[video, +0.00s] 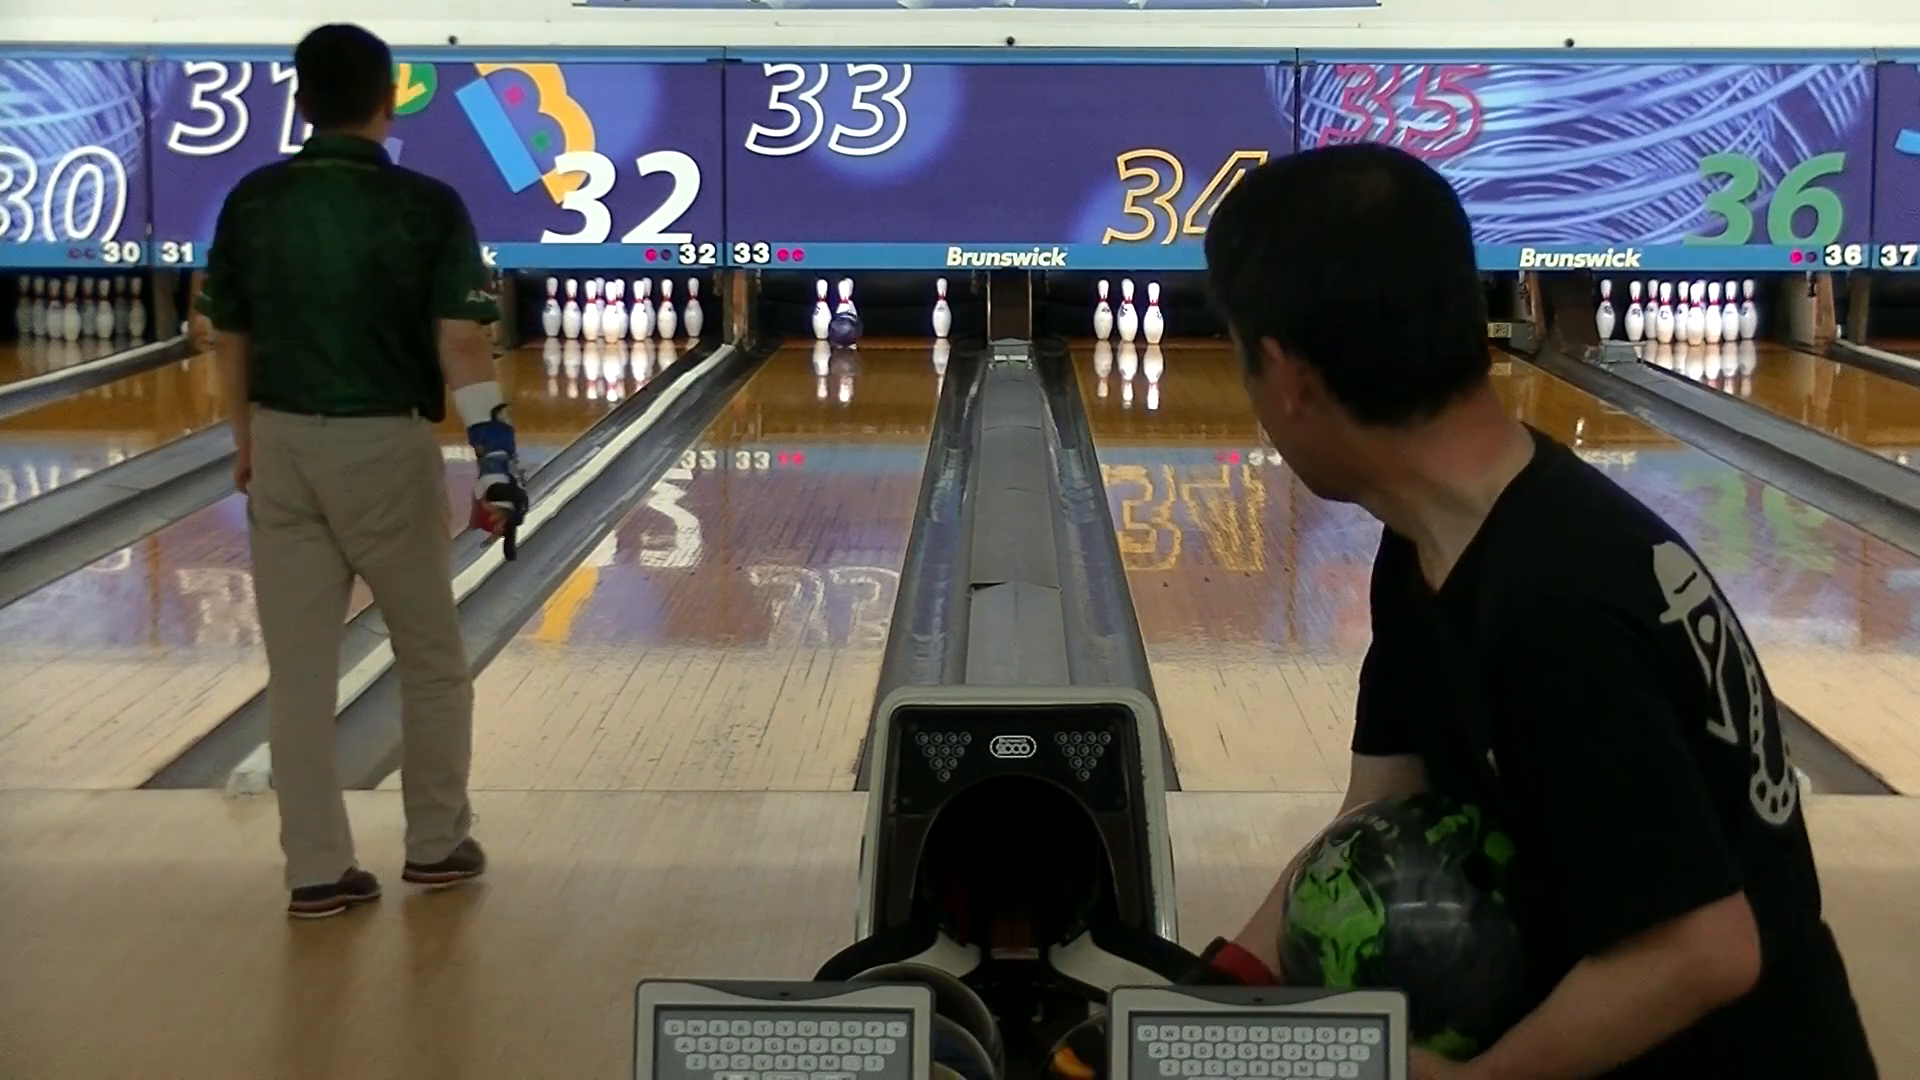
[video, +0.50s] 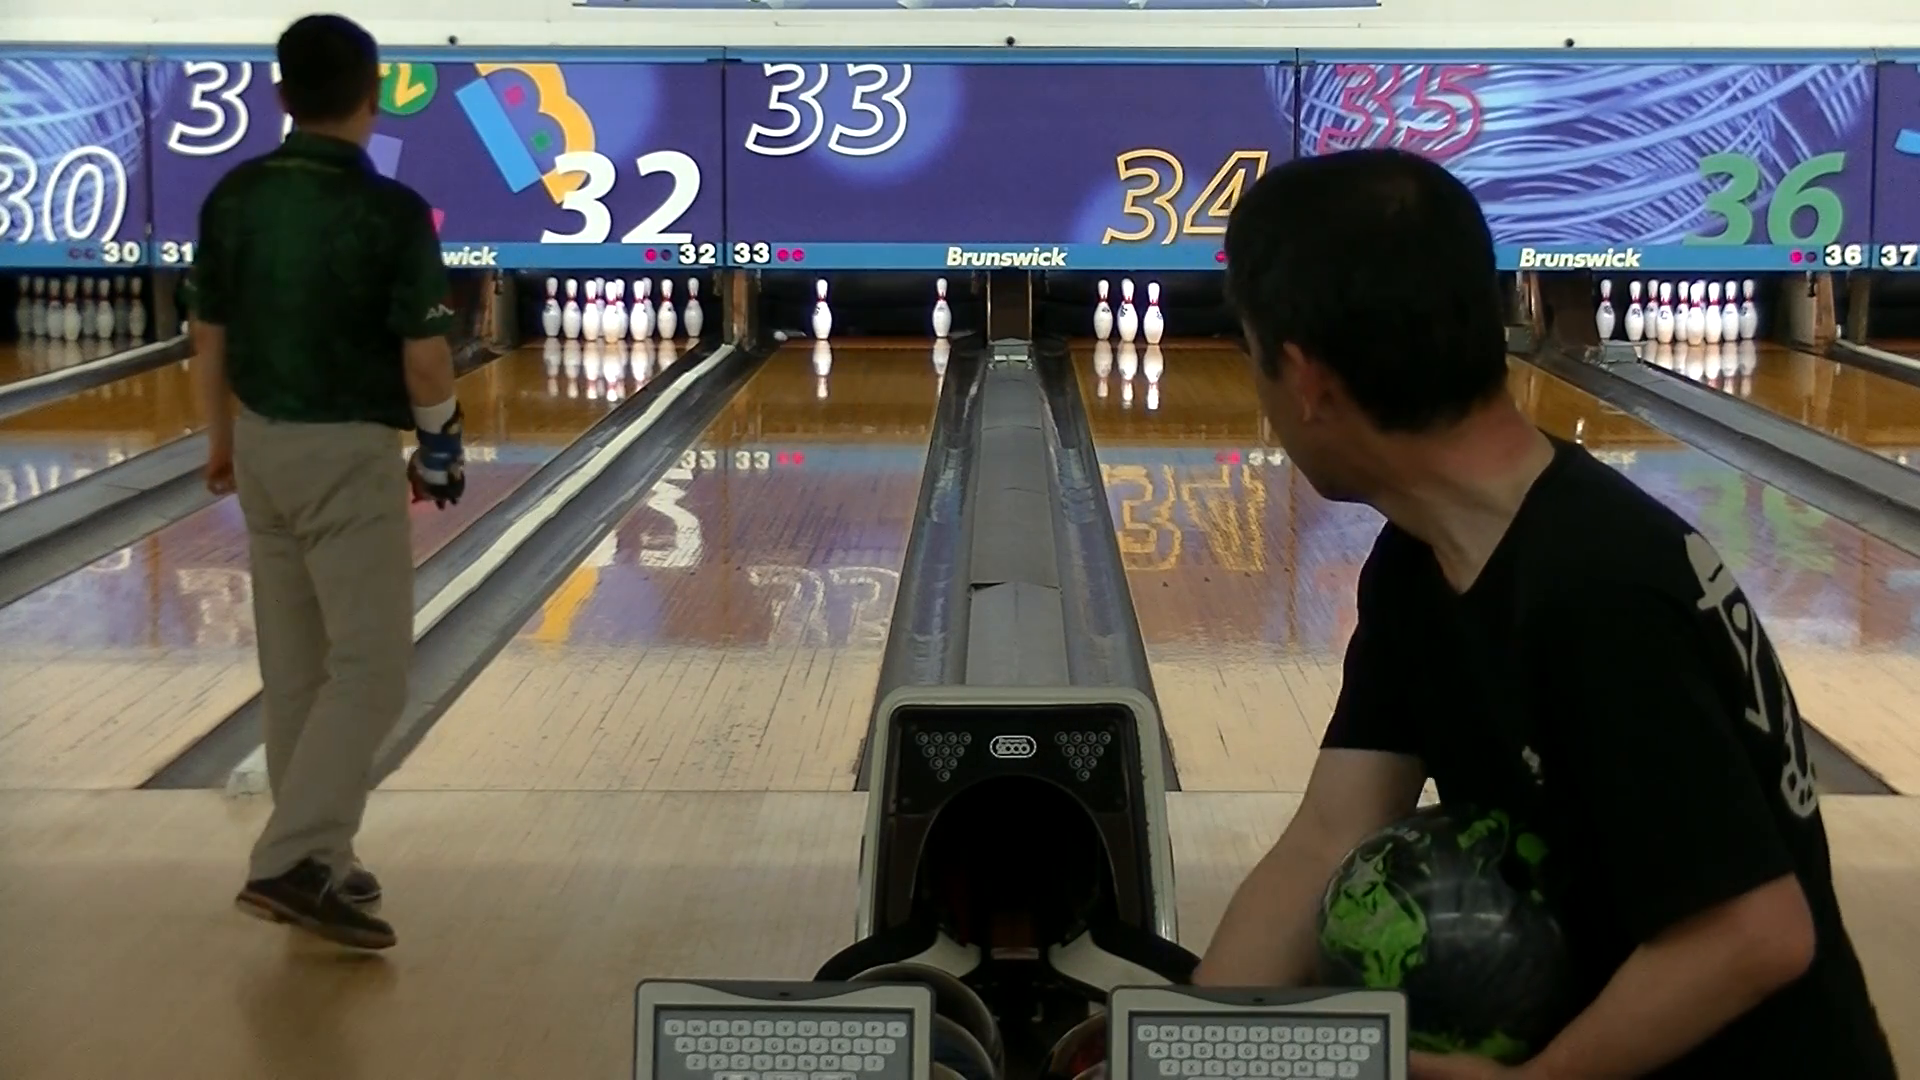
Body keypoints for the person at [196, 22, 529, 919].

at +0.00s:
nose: (398, 103)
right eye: (394, 90)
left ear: (304, 101)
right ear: (389, 99)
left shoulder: (252, 199)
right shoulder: (426, 205)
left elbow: (229, 337)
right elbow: (463, 342)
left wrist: (245, 437)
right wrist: (497, 453)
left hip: (278, 450)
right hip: (385, 449)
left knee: (297, 670)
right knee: (432, 656)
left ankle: (315, 874)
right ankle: (438, 846)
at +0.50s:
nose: (381, 99)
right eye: (378, 86)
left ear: (284, 94)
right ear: (372, 93)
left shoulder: (232, 196)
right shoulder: (392, 211)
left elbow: (209, 336)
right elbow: (422, 354)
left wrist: (219, 438)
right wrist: (441, 435)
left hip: (260, 449)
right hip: (350, 452)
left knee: (292, 667)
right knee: (371, 666)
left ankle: (324, 872)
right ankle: (291, 859)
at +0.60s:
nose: (382, 103)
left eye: (374, 88)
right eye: (380, 89)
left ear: (285, 95)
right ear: (371, 96)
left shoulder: (238, 197)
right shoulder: (383, 212)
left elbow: (213, 331)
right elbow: (426, 359)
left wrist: (240, 429)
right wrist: (437, 437)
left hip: (260, 453)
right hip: (340, 459)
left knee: (294, 664)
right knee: (349, 675)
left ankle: (312, 852)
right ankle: (290, 887)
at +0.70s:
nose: (386, 103)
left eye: (379, 88)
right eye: (382, 89)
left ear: (290, 99)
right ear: (372, 96)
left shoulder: (247, 202)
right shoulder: (372, 215)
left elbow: (229, 330)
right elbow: (420, 362)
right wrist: (441, 436)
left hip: (267, 458)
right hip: (338, 468)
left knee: (310, 666)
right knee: (333, 682)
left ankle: (314, 849)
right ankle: (281, 893)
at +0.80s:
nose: (394, 108)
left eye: (388, 92)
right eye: (389, 92)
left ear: (304, 102)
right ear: (368, 99)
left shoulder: (264, 197)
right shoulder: (350, 214)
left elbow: (240, 336)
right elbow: (404, 371)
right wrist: (444, 447)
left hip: (288, 460)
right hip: (334, 468)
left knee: (360, 661)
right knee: (329, 676)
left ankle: (342, 852)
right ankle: (280, 894)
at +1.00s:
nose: (418, 137)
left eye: (420, 120)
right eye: (410, 118)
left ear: (361, 113)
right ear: (359, 109)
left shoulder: (354, 207)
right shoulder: (294, 212)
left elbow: (361, 355)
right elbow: (331, 369)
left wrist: (399, 468)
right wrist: (401, 487)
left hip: (374, 475)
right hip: (306, 480)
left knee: (440, 684)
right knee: (307, 702)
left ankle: (406, 877)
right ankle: (279, 892)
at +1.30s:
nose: (429, 194)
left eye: (442, 178)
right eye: (415, 174)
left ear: (454, 160)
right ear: (361, 142)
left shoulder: (452, 236)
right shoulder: (276, 237)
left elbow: (488, 363)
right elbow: (214, 359)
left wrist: (533, 477)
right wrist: (173, 456)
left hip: (435, 510)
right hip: (317, 520)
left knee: (448, 726)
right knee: (308, 718)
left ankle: (445, 934)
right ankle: (287, 886)